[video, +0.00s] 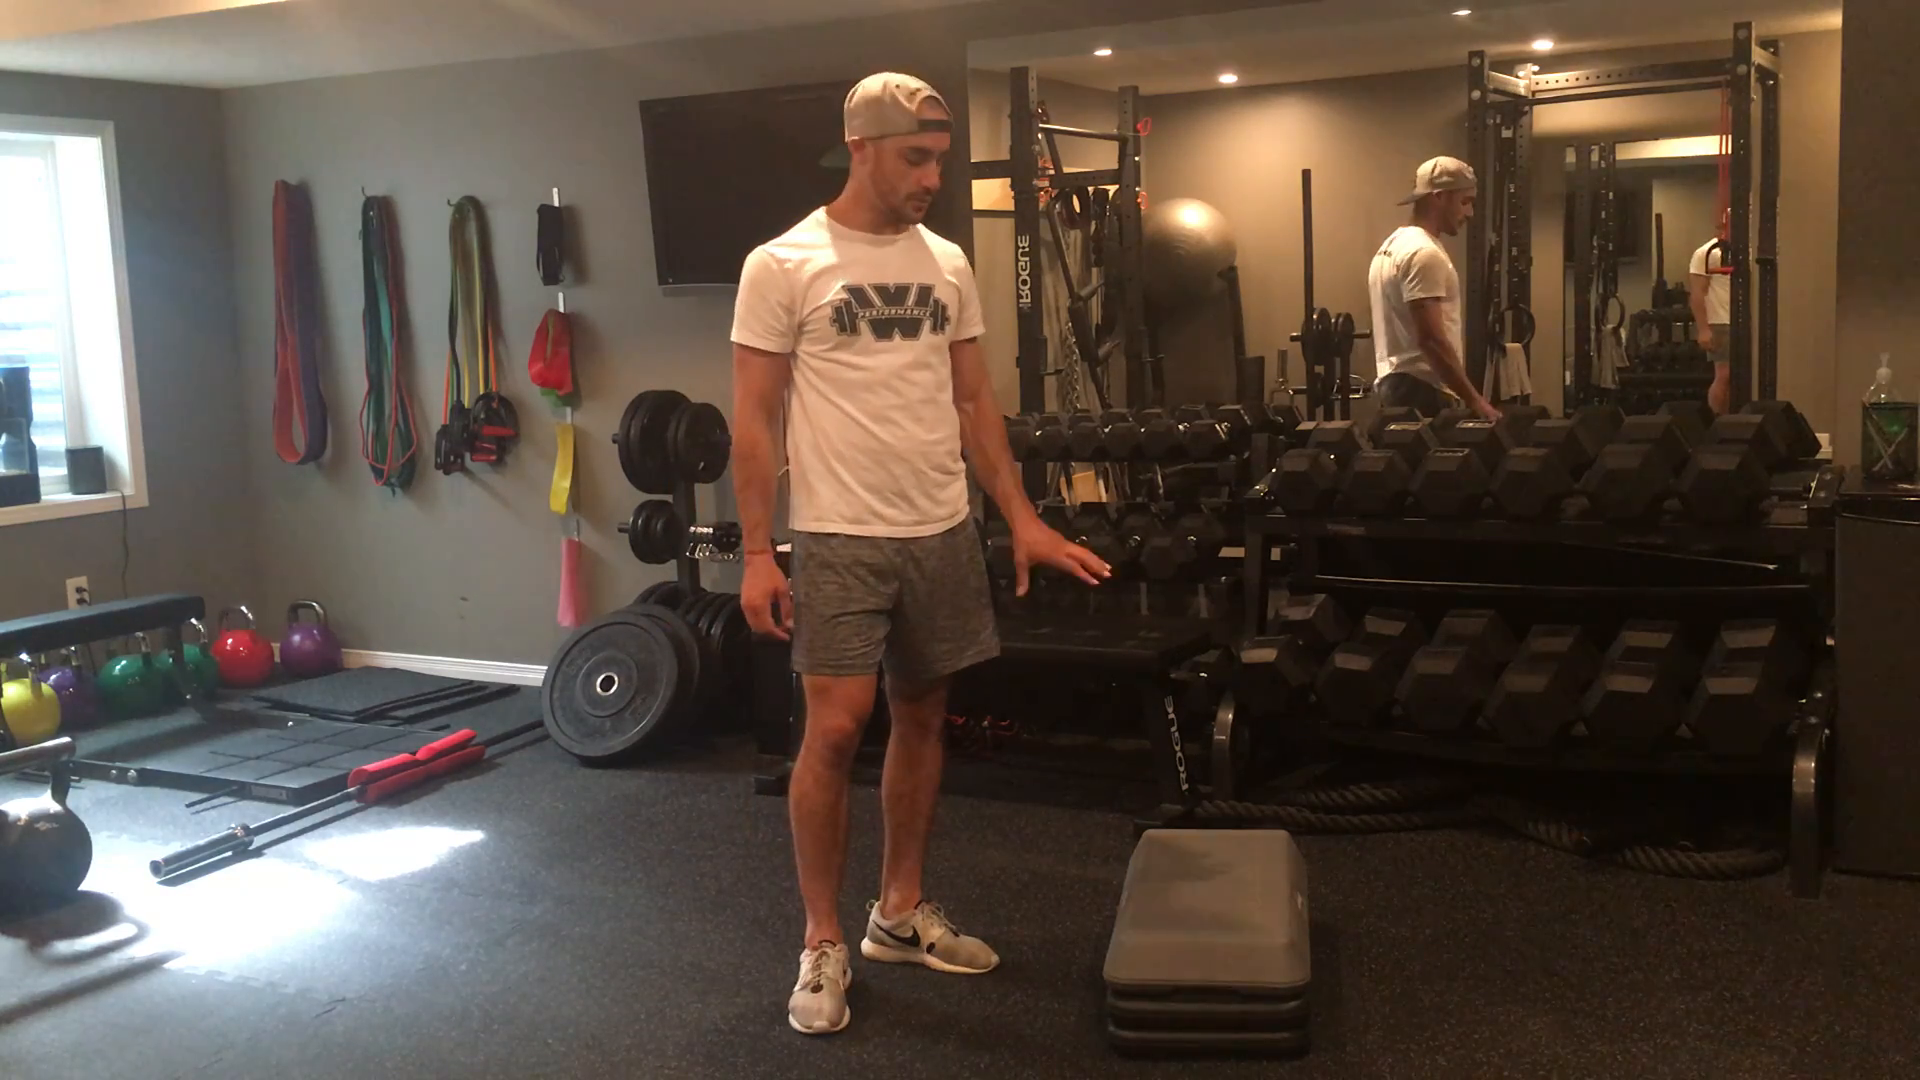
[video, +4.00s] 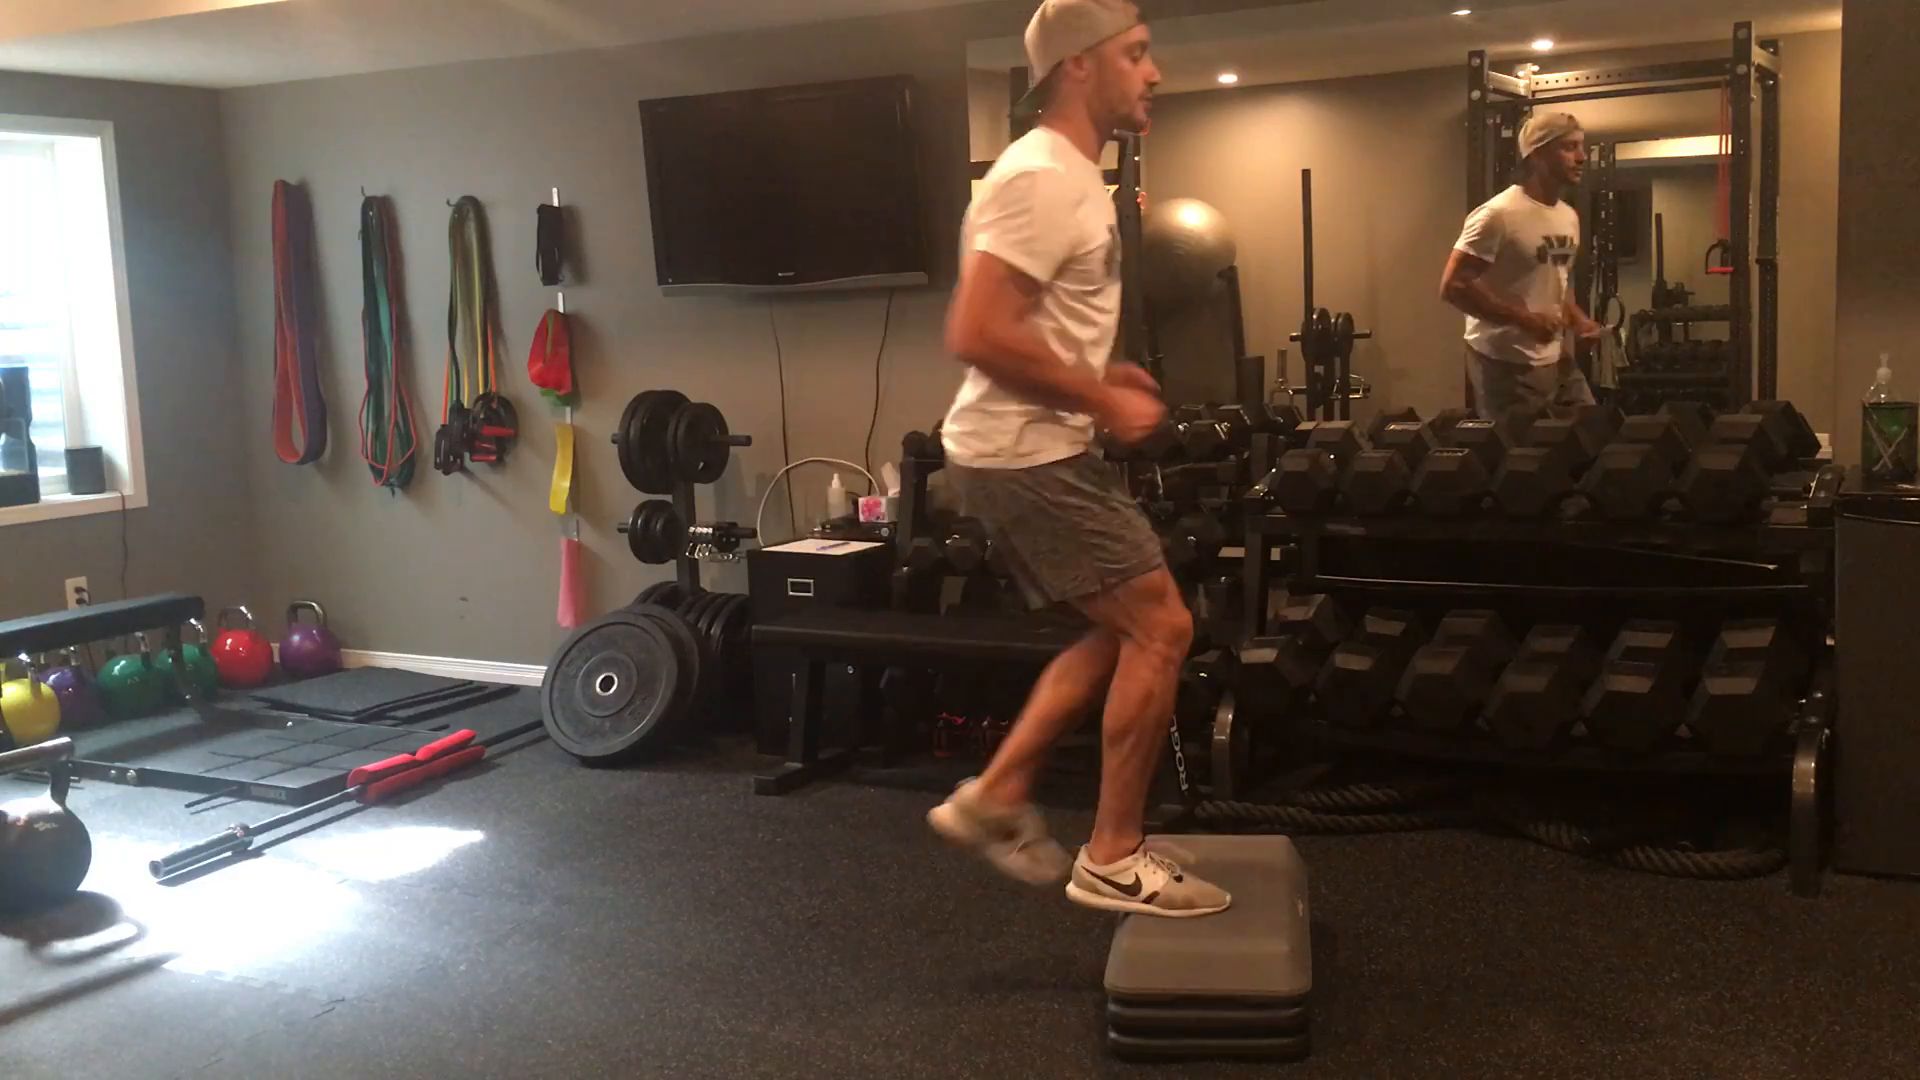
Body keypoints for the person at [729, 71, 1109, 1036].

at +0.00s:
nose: (935, 178)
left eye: (942, 161)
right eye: (920, 159)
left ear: (937, 159)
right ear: (862, 151)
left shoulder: (944, 261)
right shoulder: (783, 264)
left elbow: (975, 404)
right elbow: (755, 419)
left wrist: (1023, 518)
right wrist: (757, 552)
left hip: (939, 535)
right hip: (836, 540)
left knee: (922, 720)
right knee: (835, 730)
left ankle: (901, 910)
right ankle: (823, 944)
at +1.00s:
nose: (892, 145)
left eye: (909, 131)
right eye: (876, 130)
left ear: (937, 148)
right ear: (852, 145)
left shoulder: (967, 268)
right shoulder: (799, 261)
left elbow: (987, 408)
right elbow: (763, 411)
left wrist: (1026, 531)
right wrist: (746, 542)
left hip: (941, 535)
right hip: (837, 535)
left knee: (921, 720)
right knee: (835, 726)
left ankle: (900, 910)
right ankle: (823, 940)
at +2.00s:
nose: (896, 148)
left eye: (910, 131)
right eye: (877, 132)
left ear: (934, 144)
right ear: (848, 146)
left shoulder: (969, 263)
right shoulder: (798, 263)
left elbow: (993, 401)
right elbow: (770, 413)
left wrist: (1027, 522)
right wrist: (759, 546)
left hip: (947, 534)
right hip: (840, 536)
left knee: (924, 720)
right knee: (838, 727)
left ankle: (901, 911)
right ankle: (823, 941)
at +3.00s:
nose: (904, 179)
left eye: (907, 160)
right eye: (891, 159)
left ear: (854, 157)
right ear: (832, 152)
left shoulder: (865, 252)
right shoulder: (749, 266)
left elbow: (879, 395)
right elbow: (711, 432)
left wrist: (936, 503)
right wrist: (746, 572)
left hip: (872, 533)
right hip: (790, 543)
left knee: (900, 708)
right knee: (784, 742)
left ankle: (900, 909)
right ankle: (782, 943)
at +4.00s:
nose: (1153, 74)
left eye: (1149, 56)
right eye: (1136, 55)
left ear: (1081, 74)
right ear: (1078, 71)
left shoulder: (1070, 172)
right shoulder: (1036, 174)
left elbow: (1016, 323)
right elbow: (974, 330)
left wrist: (1102, 375)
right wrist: (1097, 393)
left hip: (1040, 448)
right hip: (1024, 456)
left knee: (1124, 627)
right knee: (1161, 629)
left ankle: (993, 796)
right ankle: (1113, 853)